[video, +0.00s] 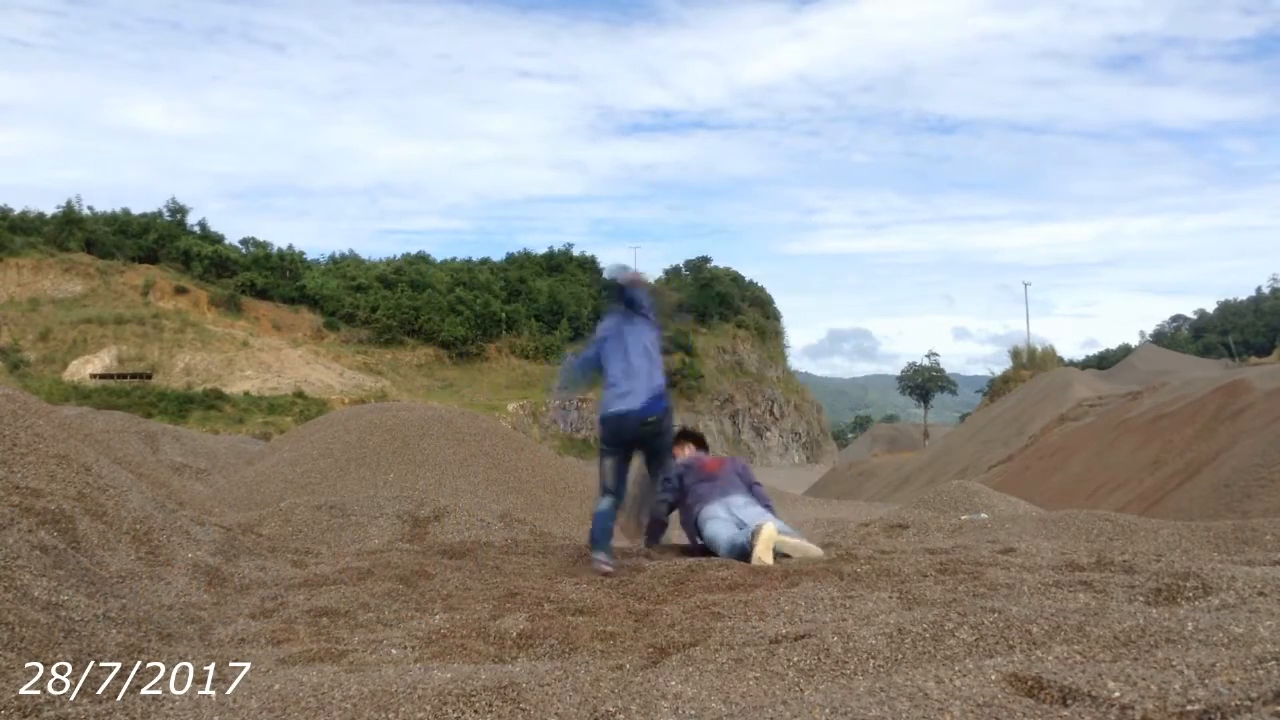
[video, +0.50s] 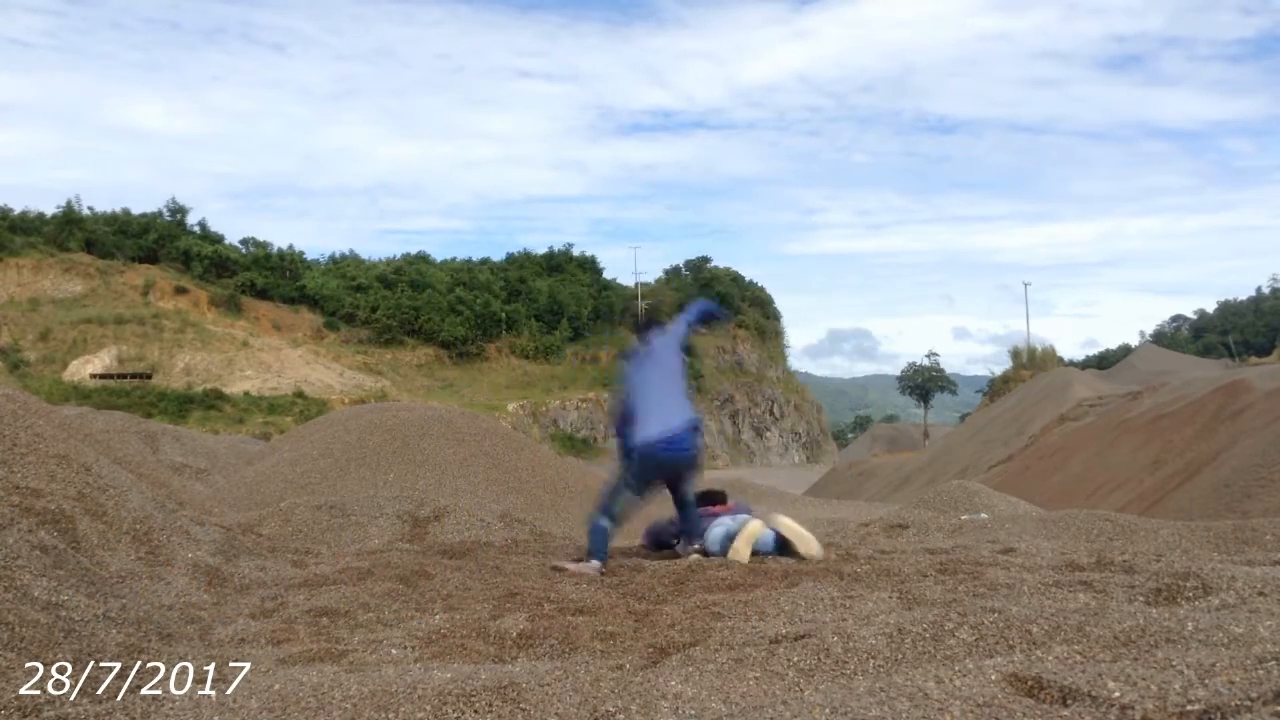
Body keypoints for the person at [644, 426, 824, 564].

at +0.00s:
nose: (674, 458)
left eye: (675, 453)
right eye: (673, 454)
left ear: (688, 448)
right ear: (703, 448)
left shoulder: (679, 468)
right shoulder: (731, 461)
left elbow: (662, 507)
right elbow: (756, 489)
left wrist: (651, 543)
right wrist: (770, 513)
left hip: (708, 508)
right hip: (742, 498)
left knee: (728, 542)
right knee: (769, 524)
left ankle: (754, 542)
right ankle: (795, 543)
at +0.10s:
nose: (677, 463)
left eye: (678, 458)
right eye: (675, 459)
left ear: (690, 450)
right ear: (706, 449)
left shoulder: (681, 470)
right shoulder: (733, 462)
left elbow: (666, 504)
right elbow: (757, 490)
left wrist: (652, 538)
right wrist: (774, 518)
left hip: (705, 511)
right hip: (738, 499)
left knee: (726, 540)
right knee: (764, 523)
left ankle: (752, 544)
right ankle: (787, 544)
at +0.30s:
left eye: (697, 503)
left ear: (700, 503)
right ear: (723, 502)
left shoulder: (697, 509)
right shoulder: (740, 504)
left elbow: (665, 515)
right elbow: (767, 508)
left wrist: (661, 546)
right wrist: (773, 521)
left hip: (718, 528)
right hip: (755, 519)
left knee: (737, 538)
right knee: (773, 540)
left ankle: (755, 539)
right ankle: (802, 541)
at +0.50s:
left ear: (698, 506)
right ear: (725, 505)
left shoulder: (691, 517)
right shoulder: (738, 510)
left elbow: (652, 534)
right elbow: (752, 512)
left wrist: (675, 543)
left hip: (713, 531)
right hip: (744, 520)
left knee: (725, 545)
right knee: (767, 540)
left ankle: (740, 540)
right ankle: (793, 541)